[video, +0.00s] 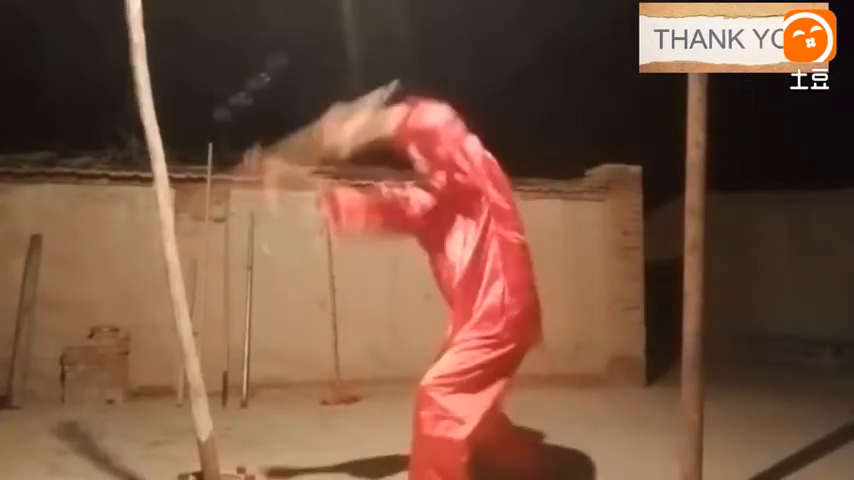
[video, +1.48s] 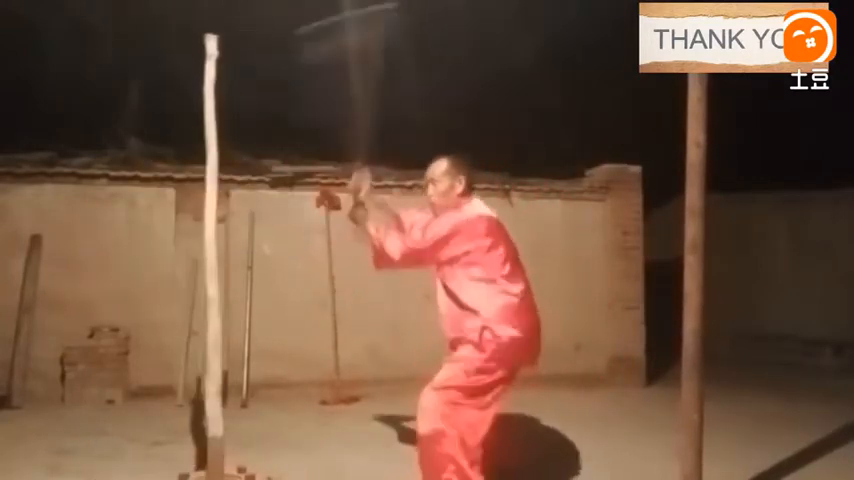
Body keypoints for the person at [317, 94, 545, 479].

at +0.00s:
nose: (418, 162)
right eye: (414, 156)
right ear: (413, 160)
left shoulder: (475, 181)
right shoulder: (429, 205)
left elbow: (439, 121)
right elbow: (371, 205)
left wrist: (367, 126)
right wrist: (311, 188)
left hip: (504, 319)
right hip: (471, 323)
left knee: (438, 392)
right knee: (461, 401)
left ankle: (436, 473)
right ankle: (526, 461)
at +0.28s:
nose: (407, 165)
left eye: (415, 155)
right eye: (407, 155)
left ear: (440, 158)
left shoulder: (461, 205)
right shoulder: (428, 201)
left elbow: (413, 254)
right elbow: (389, 231)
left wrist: (335, 265)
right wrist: (341, 219)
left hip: (488, 326)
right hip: (454, 328)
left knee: (430, 395)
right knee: (474, 428)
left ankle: (434, 473)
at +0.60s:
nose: (405, 218)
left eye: (410, 209)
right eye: (405, 209)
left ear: (438, 210)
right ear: (436, 209)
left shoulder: (449, 248)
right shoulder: (452, 235)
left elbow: (384, 289)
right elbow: (395, 244)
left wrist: (343, 253)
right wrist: (342, 236)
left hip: (508, 352)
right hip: (511, 347)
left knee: (440, 395)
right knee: (460, 397)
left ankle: (445, 474)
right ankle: (497, 460)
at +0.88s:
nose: (416, 223)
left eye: (422, 214)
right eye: (415, 215)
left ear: (449, 215)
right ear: (447, 216)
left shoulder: (458, 253)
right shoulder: (459, 241)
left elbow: (394, 291)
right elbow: (401, 249)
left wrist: (348, 255)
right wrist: (353, 238)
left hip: (510, 358)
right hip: (514, 352)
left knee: (439, 398)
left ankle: (446, 475)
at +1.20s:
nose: (424, 212)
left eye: (430, 203)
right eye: (423, 204)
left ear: (456, 205)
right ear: (455, 207)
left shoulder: (464, 243)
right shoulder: (466, 233)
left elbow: (401, 277)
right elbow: (406, 240)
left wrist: (356, 243)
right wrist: (353, 228)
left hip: (508, 350)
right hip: (513, 346)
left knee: (444, 400)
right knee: (466, 408)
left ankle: (440, 474)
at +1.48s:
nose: (428, 191)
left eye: (435, 183)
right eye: (427, 183)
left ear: (459, 184)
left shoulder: (470, 220)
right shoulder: (464, 217)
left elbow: (404, 246)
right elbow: (405, 223)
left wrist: (364, 209)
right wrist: (351, 205)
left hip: (496, 337)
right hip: (497, 335)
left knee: (437, 401)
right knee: (458, 406)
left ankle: (450, 474)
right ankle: (465, 473)